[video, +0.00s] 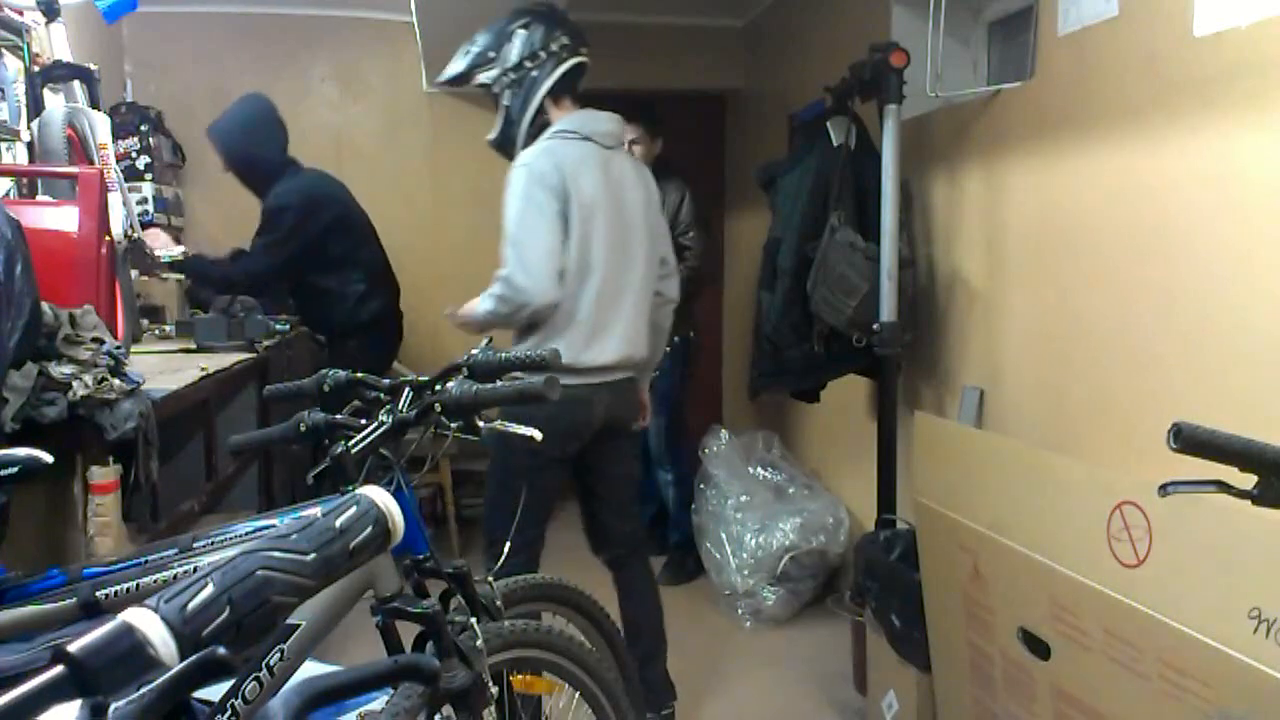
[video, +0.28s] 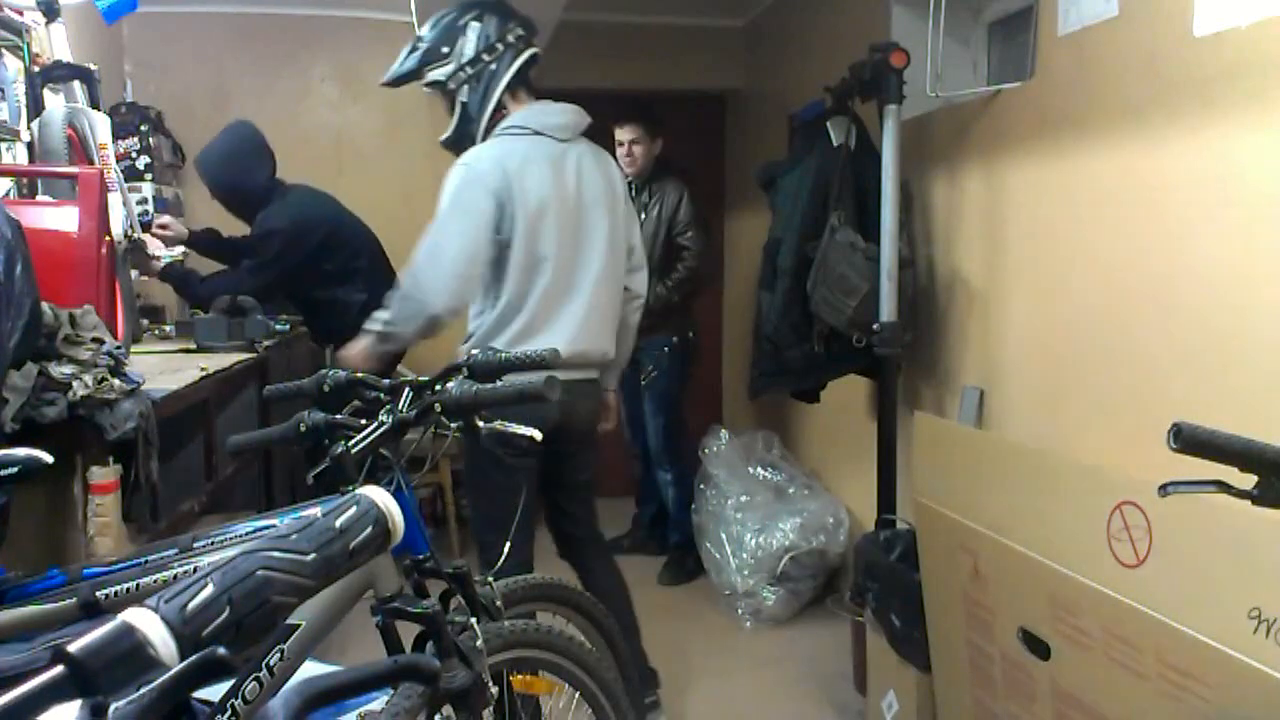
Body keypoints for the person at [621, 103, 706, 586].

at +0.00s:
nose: (629, 151)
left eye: (637, 143)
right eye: (625, 143)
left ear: (658, 146)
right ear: (619, 148)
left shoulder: (673, 193)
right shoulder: (616, 194)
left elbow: (693, 254)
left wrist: (663, 292)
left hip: (668, 325)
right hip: (625, 322)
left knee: (664, 438)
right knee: (634, 435)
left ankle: (683, 543)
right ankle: (651, 529)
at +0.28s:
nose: (626, 152)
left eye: (635, 144)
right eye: (620, 144)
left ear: (656, 147)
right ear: (613, 150)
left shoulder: (675, 195)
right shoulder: (615, 197)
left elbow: (691, 260)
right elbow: (610, 256)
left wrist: (653, 302)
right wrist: (614, 299)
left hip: (666, 334)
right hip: (625, 333)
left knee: (663, 443)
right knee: (639, 440)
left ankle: (683, 545)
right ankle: (649, 528)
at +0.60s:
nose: (625, 153)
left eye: (634, 144)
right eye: (619, 145)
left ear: (657, 145)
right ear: (613, 151)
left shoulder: (675, 195)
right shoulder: (615, 197)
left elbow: (695, 261)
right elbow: (605, 254)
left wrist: (652, 301)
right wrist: (612, 298)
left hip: (664, 336)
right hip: (625, 335)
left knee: (664, 444)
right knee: (639, 442)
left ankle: (684, 545)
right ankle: (649, 529)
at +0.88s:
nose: (625, 154)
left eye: (633, 145)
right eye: (619, 147)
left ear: (656, 145)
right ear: (614, 153)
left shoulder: (676, 195)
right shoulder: (622, 200)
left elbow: (695, 261)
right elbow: (613, 257)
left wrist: (656, 299)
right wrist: (611, 292)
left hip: (666, 336)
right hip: (631, 334)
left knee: (664, 444)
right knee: (640, 442)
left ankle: (685, 546)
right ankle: (650, 529)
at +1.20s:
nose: (615, 165)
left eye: (620, 155)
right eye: (610, 159)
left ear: (647, 148)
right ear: (612, 163)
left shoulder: (677, 196)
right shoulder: (626, 202)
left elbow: (696, 260)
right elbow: (619, 260)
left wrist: (657, 299)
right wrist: (617, 299)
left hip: (666, 335)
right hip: (630, 334)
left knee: (664, 442)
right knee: (640, 442)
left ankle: (684, 546)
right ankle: (649, 529)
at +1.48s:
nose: (609, 170)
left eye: (613, 160)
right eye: (604, 164)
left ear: (638, 150)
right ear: (612, 165)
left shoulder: (674, 192)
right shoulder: (623, 202)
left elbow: (696, 260)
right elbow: (620, 261)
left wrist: (654, 301)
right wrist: (619, 301)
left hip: (669, 333)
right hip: (633, 331)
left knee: (664, 441)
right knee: (641, 440)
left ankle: (685, 547)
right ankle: (650, 528)